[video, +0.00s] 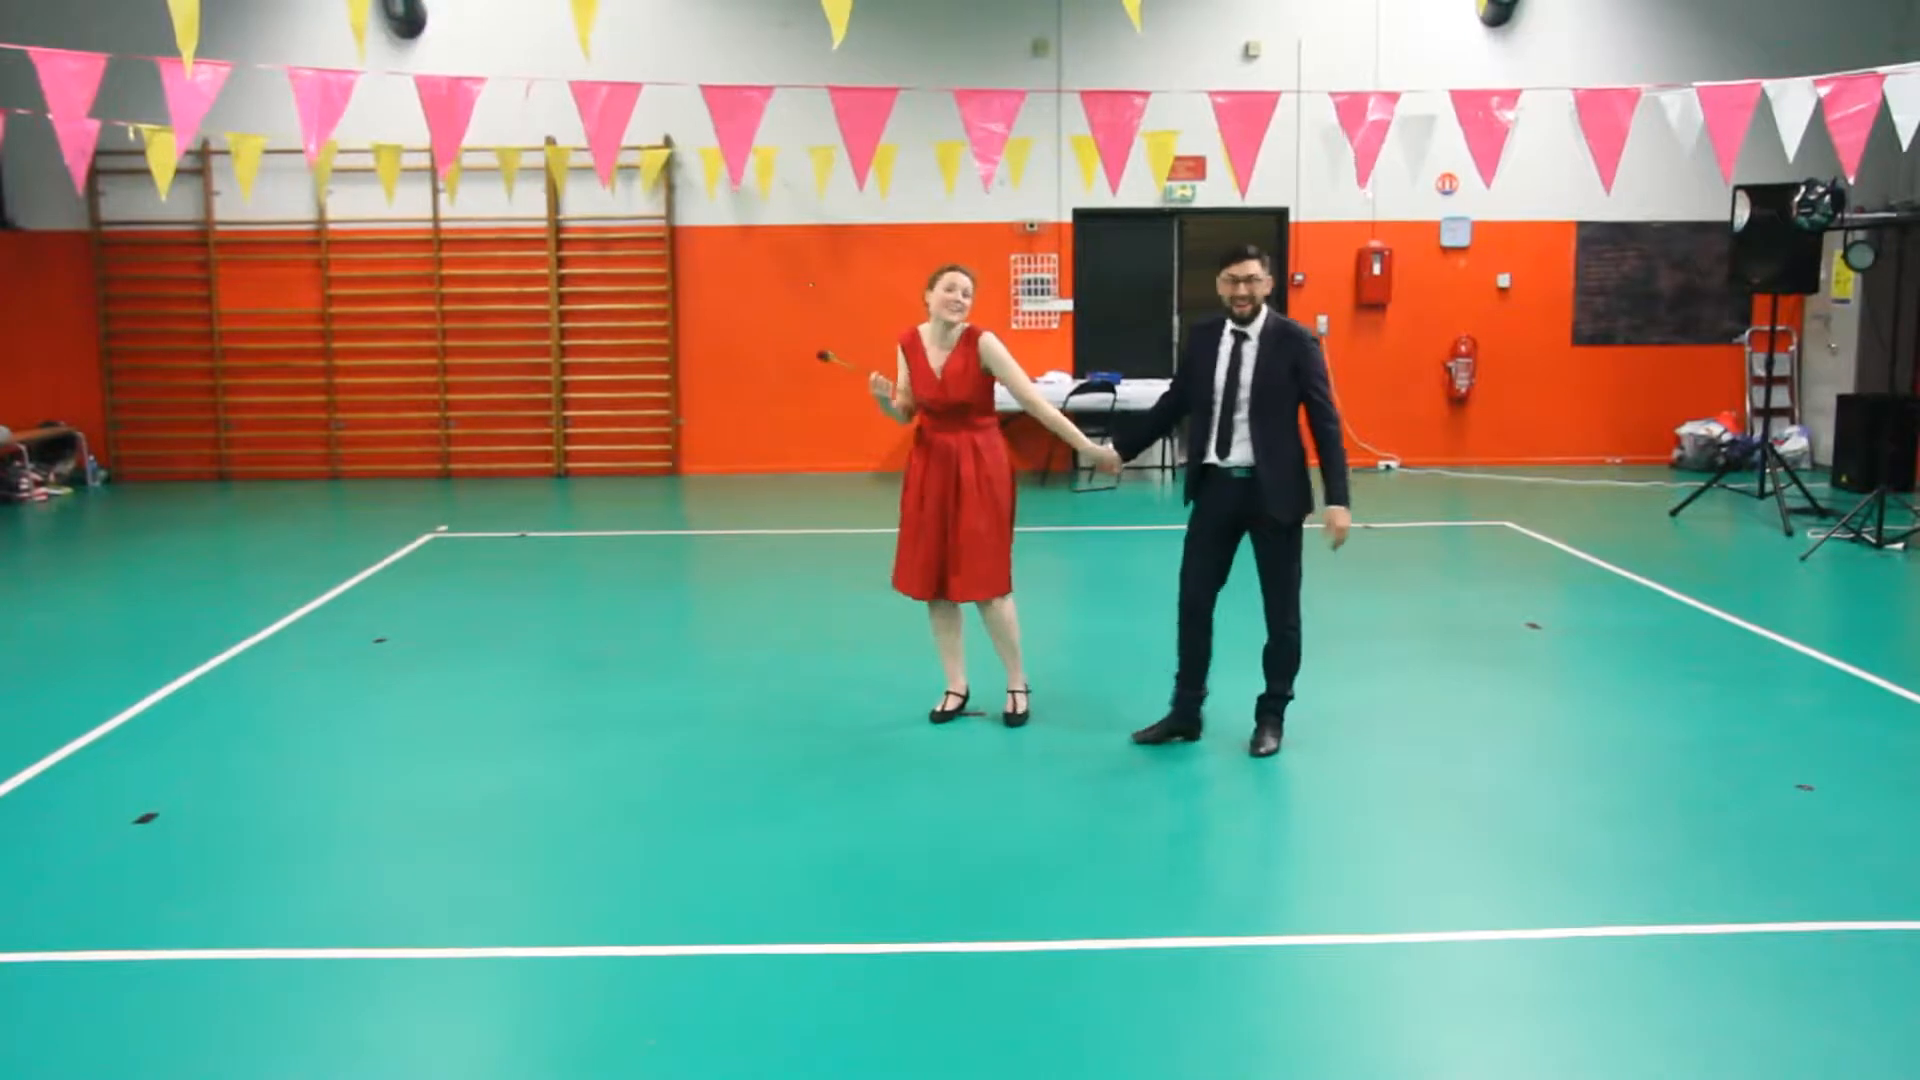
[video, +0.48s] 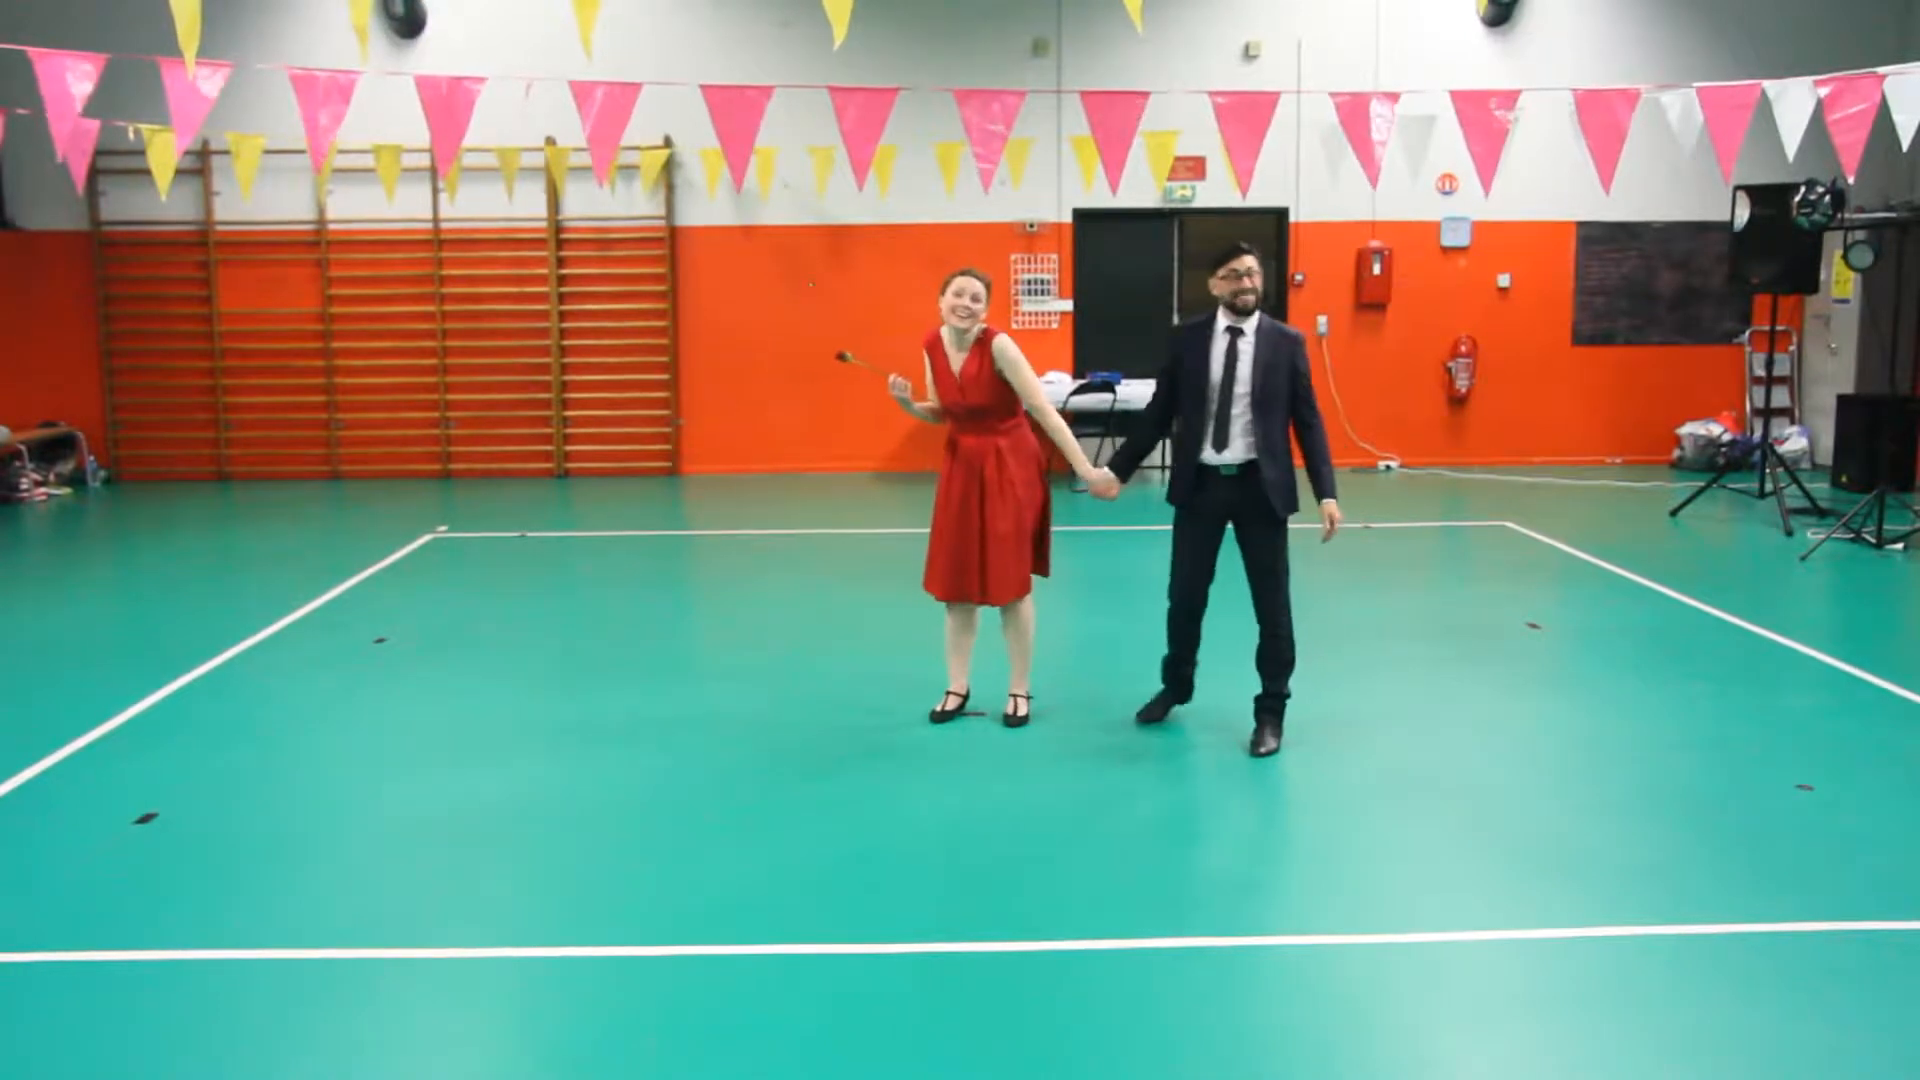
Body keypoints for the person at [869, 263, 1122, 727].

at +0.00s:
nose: (957, 298)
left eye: (965, 293)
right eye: (949, 289)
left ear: (971, 305)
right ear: (927, 296)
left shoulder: (982, 344)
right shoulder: (910, 344)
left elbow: (1035, 403)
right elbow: (905, 414)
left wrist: (1088, 448)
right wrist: (886, 399)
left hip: (980, 463)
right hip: (931, 464)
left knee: (987, 583)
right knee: (937, 582)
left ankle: (1017, 686)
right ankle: (955, 688)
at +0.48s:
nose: (965, 304)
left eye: (975, 300)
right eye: (958, 295)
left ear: (985, 310)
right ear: (940, 300)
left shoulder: (999, 348)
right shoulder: (934, 345)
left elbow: (1044, 411)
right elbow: (940, 412)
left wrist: (1087, 469)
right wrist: (909, 404)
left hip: (1010, 462)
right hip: (963, 462)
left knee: (1011, 583)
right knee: (957, 582)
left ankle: (1019, 691)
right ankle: (956, 688)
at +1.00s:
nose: (995, 296)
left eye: (1003, 290)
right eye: (987, 288)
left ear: (1016, 298)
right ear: (971, 295)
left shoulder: (1035, 342)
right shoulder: (960, 352)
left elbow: (1058, 413)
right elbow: (955, 427)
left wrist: (1075, 481)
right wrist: (976, 414)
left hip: (1031, 471)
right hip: (981, 473)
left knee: (1027, 587)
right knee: (967, 586)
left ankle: (1021, 691)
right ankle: (962, 687)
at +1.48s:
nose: (1008, 296)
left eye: (1015, 289)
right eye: (999, 288)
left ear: (1025, 298)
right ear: (981, 296)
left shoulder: (1042, 344)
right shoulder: (960, 352)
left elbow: (1059, 417)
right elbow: (946, 427)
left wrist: (1078, 477)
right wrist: (995, 417)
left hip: (1034, 477)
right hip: (980, 479)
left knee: (1028, 592)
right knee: (974, 592)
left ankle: (1021, 690)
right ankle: (961, 676)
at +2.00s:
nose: (995, 293)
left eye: (998, 286)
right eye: (986, 286)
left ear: (1001, 292)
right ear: (959, 291)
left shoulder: (1011, 339)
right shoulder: (932, 347)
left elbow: (1046, 406)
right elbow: (917, 422)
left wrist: (1089, 461)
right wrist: (975, 411)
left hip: (1001, 472)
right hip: (950, 473)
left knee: (1008, 586)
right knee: (951, 585)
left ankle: (1019, 690)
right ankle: (951, 681)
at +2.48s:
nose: (989, 297)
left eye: (987, 289)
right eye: (982, 290)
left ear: (966, 295)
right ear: (958, 295)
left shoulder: (988, 341)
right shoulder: (920, 349)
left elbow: (1030, 399)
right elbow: (901, 424)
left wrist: (1081, 438)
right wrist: (966, 417)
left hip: (981, 476)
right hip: (932, 479)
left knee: (999, 585)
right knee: (940, 588)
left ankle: (1018, 687)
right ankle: (951, 682)